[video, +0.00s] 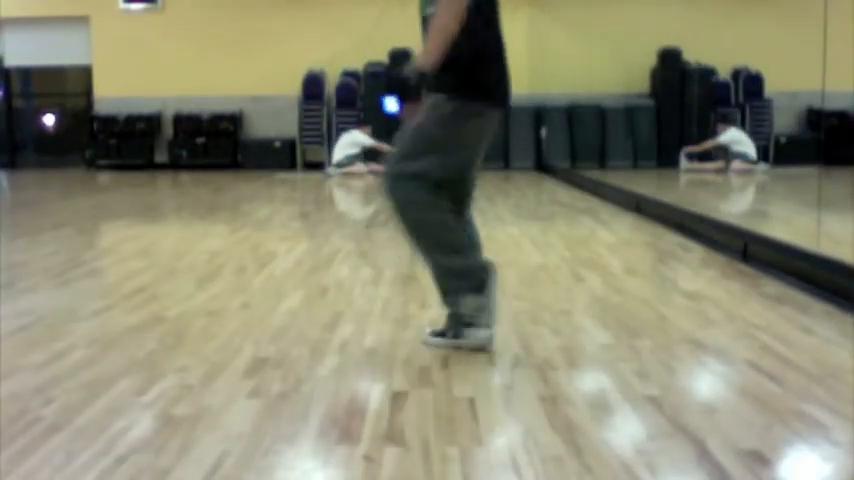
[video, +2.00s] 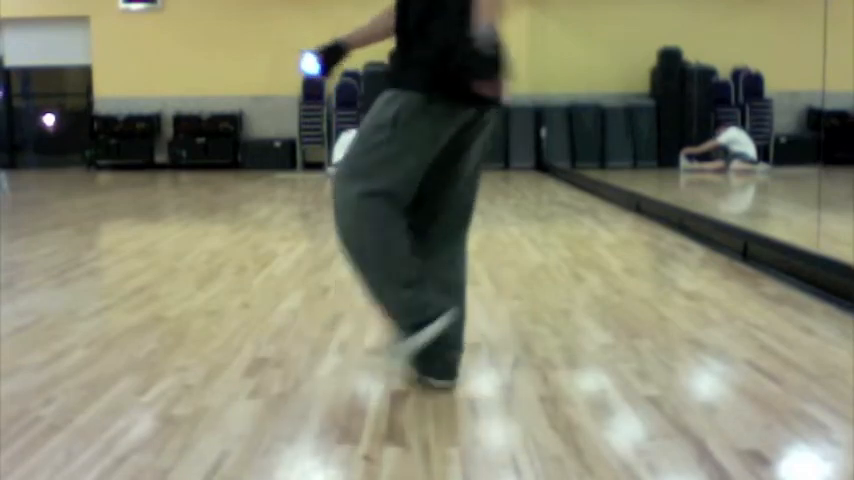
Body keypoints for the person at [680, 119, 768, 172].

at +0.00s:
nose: (718, 130)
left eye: (720, 127)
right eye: (718, 127)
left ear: (724, 126)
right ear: (729, 125)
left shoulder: (732, 133)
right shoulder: (733, 133)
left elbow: (710, 144)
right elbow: (711, 144)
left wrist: (689, 149)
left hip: (745, 161)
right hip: (734, 161)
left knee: (734, 168)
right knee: (715, 166)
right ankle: (690, 166)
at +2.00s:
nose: (719, 135)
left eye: (720, 132)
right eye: (719, 133)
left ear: (724, 129)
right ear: (727, 127)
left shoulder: (731, 132)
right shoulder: (733, 132)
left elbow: (711, 145)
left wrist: (688, 151)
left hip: (744, 159)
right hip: (734, 159)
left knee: (733, 168)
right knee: (716, 165)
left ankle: (755, 171)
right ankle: (695, 166)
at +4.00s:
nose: (719, 135)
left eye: (720, 133)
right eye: (719, 133)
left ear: (723, 129)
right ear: (727, 127)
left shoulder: (731, 132)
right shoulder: (734, 132)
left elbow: (709, 147)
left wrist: (687, 151)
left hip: (744, 159)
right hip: (735, 159)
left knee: (733, 170)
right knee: (715, 165)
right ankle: (691, 166)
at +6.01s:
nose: (719, 136)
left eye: (719, 134)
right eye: (719, 135)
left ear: (722, 130)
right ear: (725, 129)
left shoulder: (731, 132)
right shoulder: (732, 132)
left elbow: (708, 147)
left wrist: (687, 151)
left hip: (745, 159)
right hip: (734, 159)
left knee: (733, 168)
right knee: (714, 165)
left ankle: (754, 170)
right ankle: (691, 166)